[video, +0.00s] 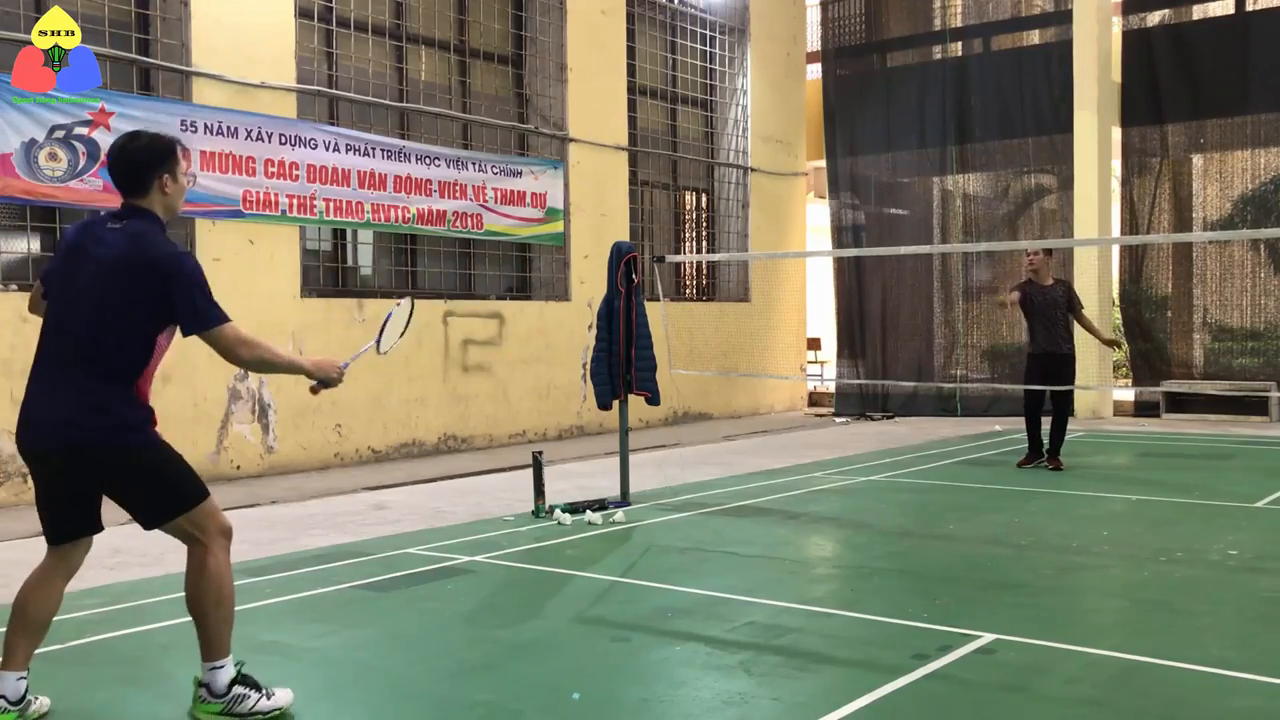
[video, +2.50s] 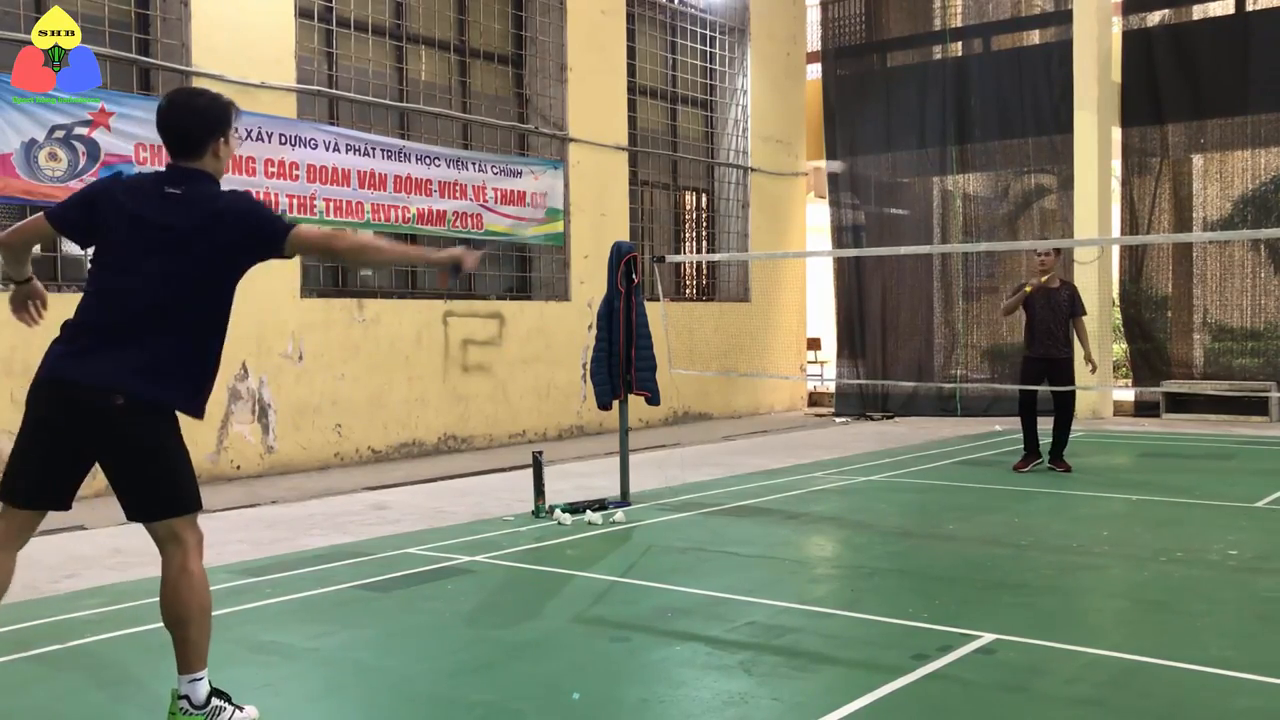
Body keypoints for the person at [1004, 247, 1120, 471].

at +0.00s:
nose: (1029, 259)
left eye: (1034, 254)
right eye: (1027, 255)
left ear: (1047, 258)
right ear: (1026, 260)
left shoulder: (1064, 287)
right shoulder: (1024, 288)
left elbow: (1080, 317)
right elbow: (1013, 297)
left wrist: (1102, 338)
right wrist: (1007, 301)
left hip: (1063, 355)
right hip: (1037, 355)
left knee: (1061, 408)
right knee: (1032, 406)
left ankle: (1053, 455)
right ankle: (1035, 452)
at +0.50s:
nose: (1034, 257)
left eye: (1039, 253)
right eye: (1031, 253)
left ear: (1051, 256)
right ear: (1029, 257)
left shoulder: (1064, 287)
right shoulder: (1023, 287)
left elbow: (1074, 321)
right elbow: (1003, 306)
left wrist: (1087, 350)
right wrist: (1022, 284)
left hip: (1056, 357)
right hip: (1028, 356)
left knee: (1056, 409)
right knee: (1018, 405)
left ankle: (1052, 456)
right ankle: (1016, 455)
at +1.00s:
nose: (1033, 255)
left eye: (1038, 252)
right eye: (1030, 252)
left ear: (1047, 256)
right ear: (1026, 257)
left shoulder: (1060, 289)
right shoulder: (1018, 287)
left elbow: (1066, 325)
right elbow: (1010, 312)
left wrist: (1075, 355)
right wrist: (1009, 331)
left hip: (1052, 355)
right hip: (1023, 354)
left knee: (1059, 406)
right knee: (1018, 405)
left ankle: (1060, 454)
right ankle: (1016, 456)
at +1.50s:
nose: (1041, 257)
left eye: (1046, 253)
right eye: (1038, 253)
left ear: (1056, 256)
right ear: (1034, 257)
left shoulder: (1070, 288)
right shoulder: (1029, 286)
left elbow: (1081, 321)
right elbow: (1007, 305)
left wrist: (1096, 348)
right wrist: (1028, 282)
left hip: (1061, 357)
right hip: (1032, 355)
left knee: (1063, 408)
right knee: (1027, 406)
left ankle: (1059, 455)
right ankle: (1027, 456)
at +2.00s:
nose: (1020, 257)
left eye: (1025, 253)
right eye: (1017, 254)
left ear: (1036, 258)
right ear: (1014, 260)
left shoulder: (1054, 285)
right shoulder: (1011, 291)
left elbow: (1069, 317)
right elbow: (1000, 316)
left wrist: (1087, 344)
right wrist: (998, 330)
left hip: (1056, 355)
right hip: (1028, 357)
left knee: (1062, 405)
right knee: (1026, 407)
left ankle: (1058, 453)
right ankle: (1029, 457)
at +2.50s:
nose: (1042, 259)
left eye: (1047, 255)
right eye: (1038, 255)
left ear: (1057, 259)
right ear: (1034, 259)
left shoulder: (1068, 289)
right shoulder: (1026, 289)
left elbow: (1078, 322)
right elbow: (1005, 311)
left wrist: (1087, 352)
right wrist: (1027, 290)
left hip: (1062, 358)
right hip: (1033, 357)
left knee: (1065, 408)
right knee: (1026, 404)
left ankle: (1056, 457)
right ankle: (1032, 453)